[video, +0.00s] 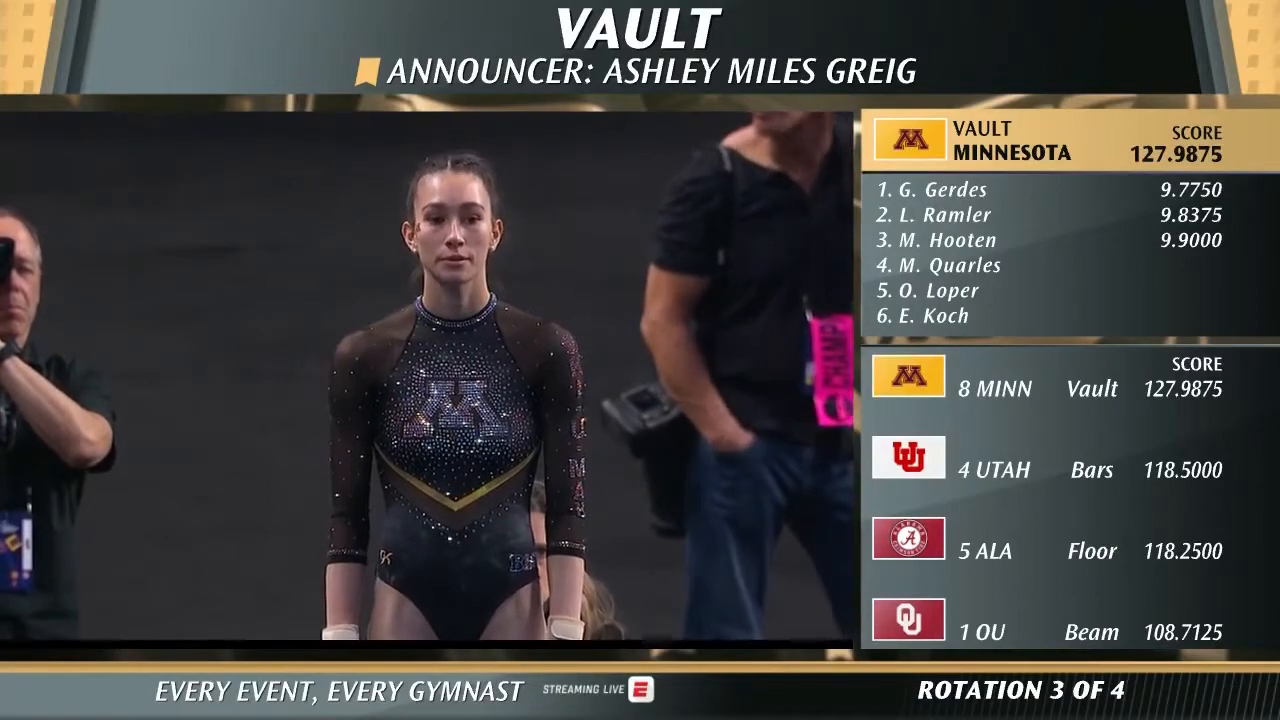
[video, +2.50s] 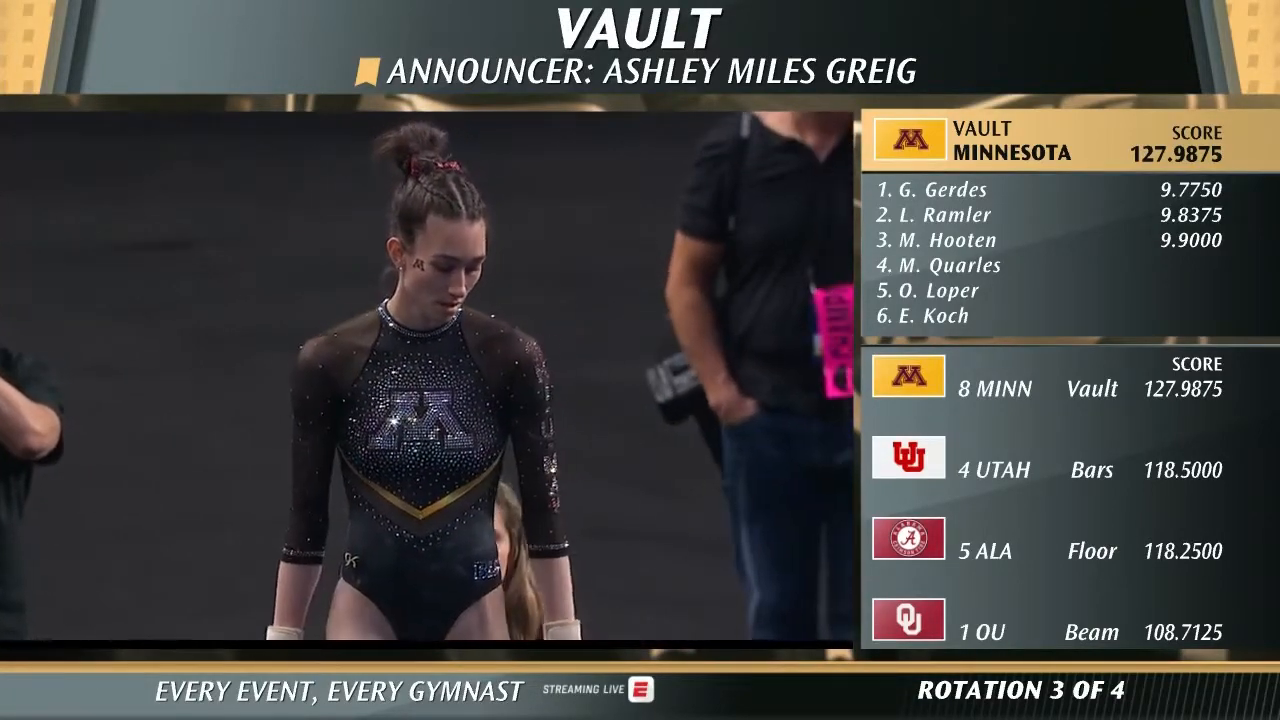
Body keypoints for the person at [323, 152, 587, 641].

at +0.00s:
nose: (454, 234)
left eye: (471, 218)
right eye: (436, 218)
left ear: (495, 233)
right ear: (411, 236)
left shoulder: (547, 350)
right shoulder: (363, 356)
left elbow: (565, 504)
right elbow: (348, 512)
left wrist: (565, 629)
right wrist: (340, 635)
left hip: (513, 586)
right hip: (403, 588)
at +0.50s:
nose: (459, 238)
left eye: (475, 220)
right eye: (443, 220)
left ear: (500, 224)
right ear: (415, 225)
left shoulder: (546, 340)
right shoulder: (369, 345)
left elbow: (602, 482)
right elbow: (318, 488)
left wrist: (654, 616)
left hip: (513, 583)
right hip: (408, 582)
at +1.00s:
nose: (461, 253)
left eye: (478, 233)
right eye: (442, 233)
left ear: (502, 228)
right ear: (413, 229)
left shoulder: (525, 313)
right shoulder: (383, 313)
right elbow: (376, 171)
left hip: (507, 571)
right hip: (406, 571)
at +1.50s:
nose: (451, 255)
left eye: (467, 236)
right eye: (432, 235)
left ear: (487, 226)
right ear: (401, 226)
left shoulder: (530, 341)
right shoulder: (349, 348)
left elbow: (550, 495)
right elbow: (337, 512)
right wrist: (303, 628)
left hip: (503, 588)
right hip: (395, 591)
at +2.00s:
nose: (465, 272)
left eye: (479, 253)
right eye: (448, 252)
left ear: (492, 243)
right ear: (405, 240)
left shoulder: (518, 345)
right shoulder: (340, 351)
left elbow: (546, 491)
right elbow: (320, 498)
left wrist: (533, 619)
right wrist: (312, 626)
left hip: (493, 588)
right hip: (383, 588)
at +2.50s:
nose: (459, 286)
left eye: (472, 266)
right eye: (443, 266)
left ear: (485, 257)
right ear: (398, 254)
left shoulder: (510, 357)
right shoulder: (329, 361)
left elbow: (542, 516)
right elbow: (307, 522)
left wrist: (564, 633)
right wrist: (282, 638)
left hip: (476, 595)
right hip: (366, 593)